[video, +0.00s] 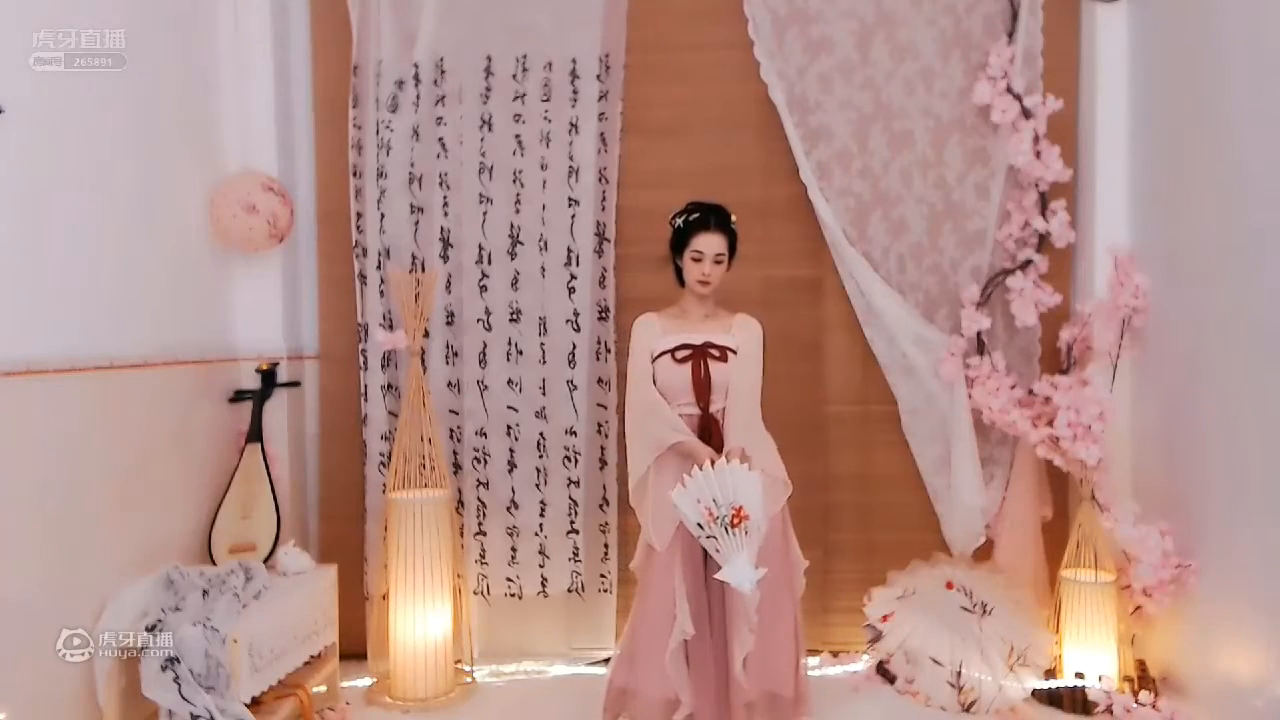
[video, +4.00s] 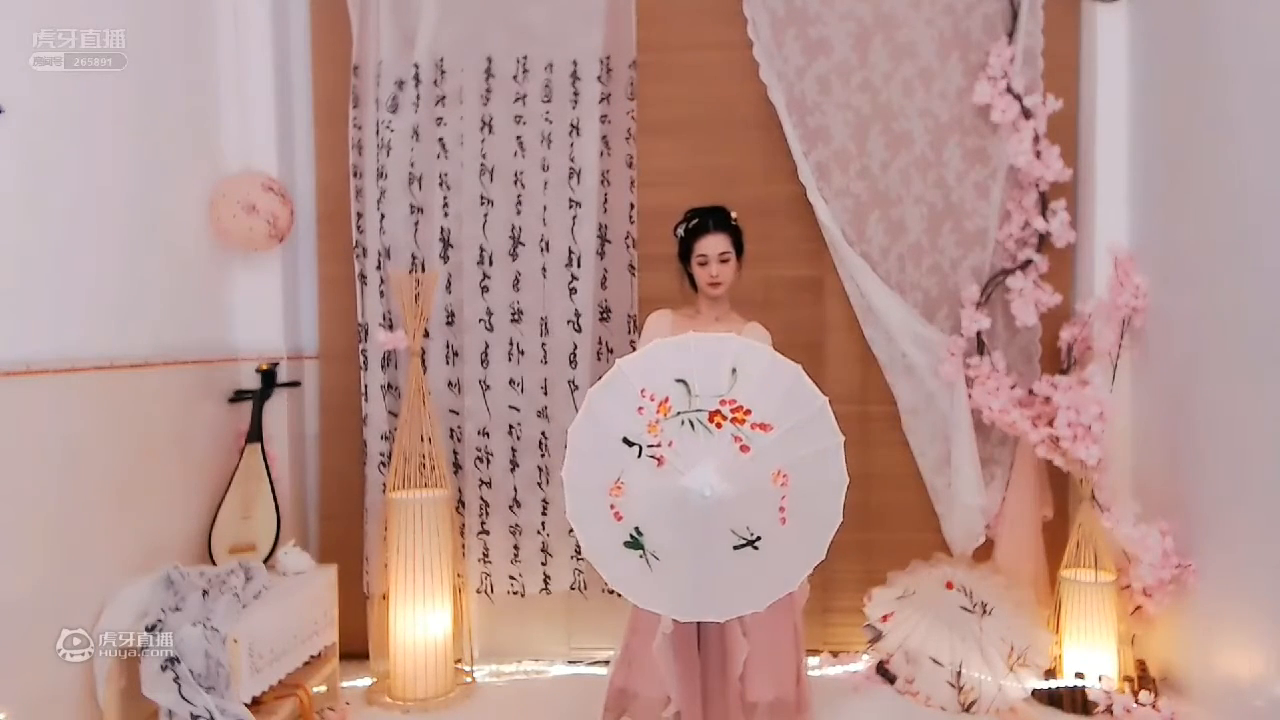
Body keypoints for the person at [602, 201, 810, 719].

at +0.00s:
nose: (707, 270)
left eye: (718, 260)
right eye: (697, 258)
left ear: (730, 265)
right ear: (678, 260)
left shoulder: (746, 328)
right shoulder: (649, 327)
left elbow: (747, 408)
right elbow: (644, 407)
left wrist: (738, 461)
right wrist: (698, 452)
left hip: (741, 466)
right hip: (675, 466)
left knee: (745, 587)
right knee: (679, 584)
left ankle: (746, 702)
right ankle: (681, 703)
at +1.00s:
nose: (707, 273)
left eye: (718, 263)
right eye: (697, 261)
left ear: (729, 268)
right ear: (677, 262)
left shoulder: (744, 331)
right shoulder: (648, 331)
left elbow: (747, 411)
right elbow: (644, 410)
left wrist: (735, 471)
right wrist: (683, 449)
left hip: (740, 470)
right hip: (673, 473)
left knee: (745, 587)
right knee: (679, 584)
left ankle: (747, 701)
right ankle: (681, 703)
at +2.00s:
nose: (709, 274)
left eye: (718, 262)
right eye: (698, 262)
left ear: (729, 267)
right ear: (677, 265)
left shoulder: (745, 332)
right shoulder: (648, 331)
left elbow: (755, 419)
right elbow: (638, 421)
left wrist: (750, 491)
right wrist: (652, 497)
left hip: (735, 484)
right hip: (671, 486)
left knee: (737, 605)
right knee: (674, 605)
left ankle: (739, 708)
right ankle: (677, 710)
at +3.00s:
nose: (709, 271)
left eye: (718, 259)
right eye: (698, 261)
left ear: (731, 264)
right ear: (681, 266)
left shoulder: (750, 335)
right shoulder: (653, 328)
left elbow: (764, 424)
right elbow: (637, 417)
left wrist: (764, 493)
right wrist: (640, 496)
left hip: (736, 484)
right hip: (670, 484)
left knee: (735, 606)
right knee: (672, 604)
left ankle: (735, 709)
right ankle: (673, 709)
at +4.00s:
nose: (714, 271)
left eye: (723, 259)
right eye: (703, 261)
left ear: (738, 263)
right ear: (688, 266)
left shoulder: (755, 335)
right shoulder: (661, 325)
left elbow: (769, 425)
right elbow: (642, 412)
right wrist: (651, 478)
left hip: (738, 494)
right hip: (674, 491)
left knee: (738, 610)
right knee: (673, 610)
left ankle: (736, 711)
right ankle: (675, 711)